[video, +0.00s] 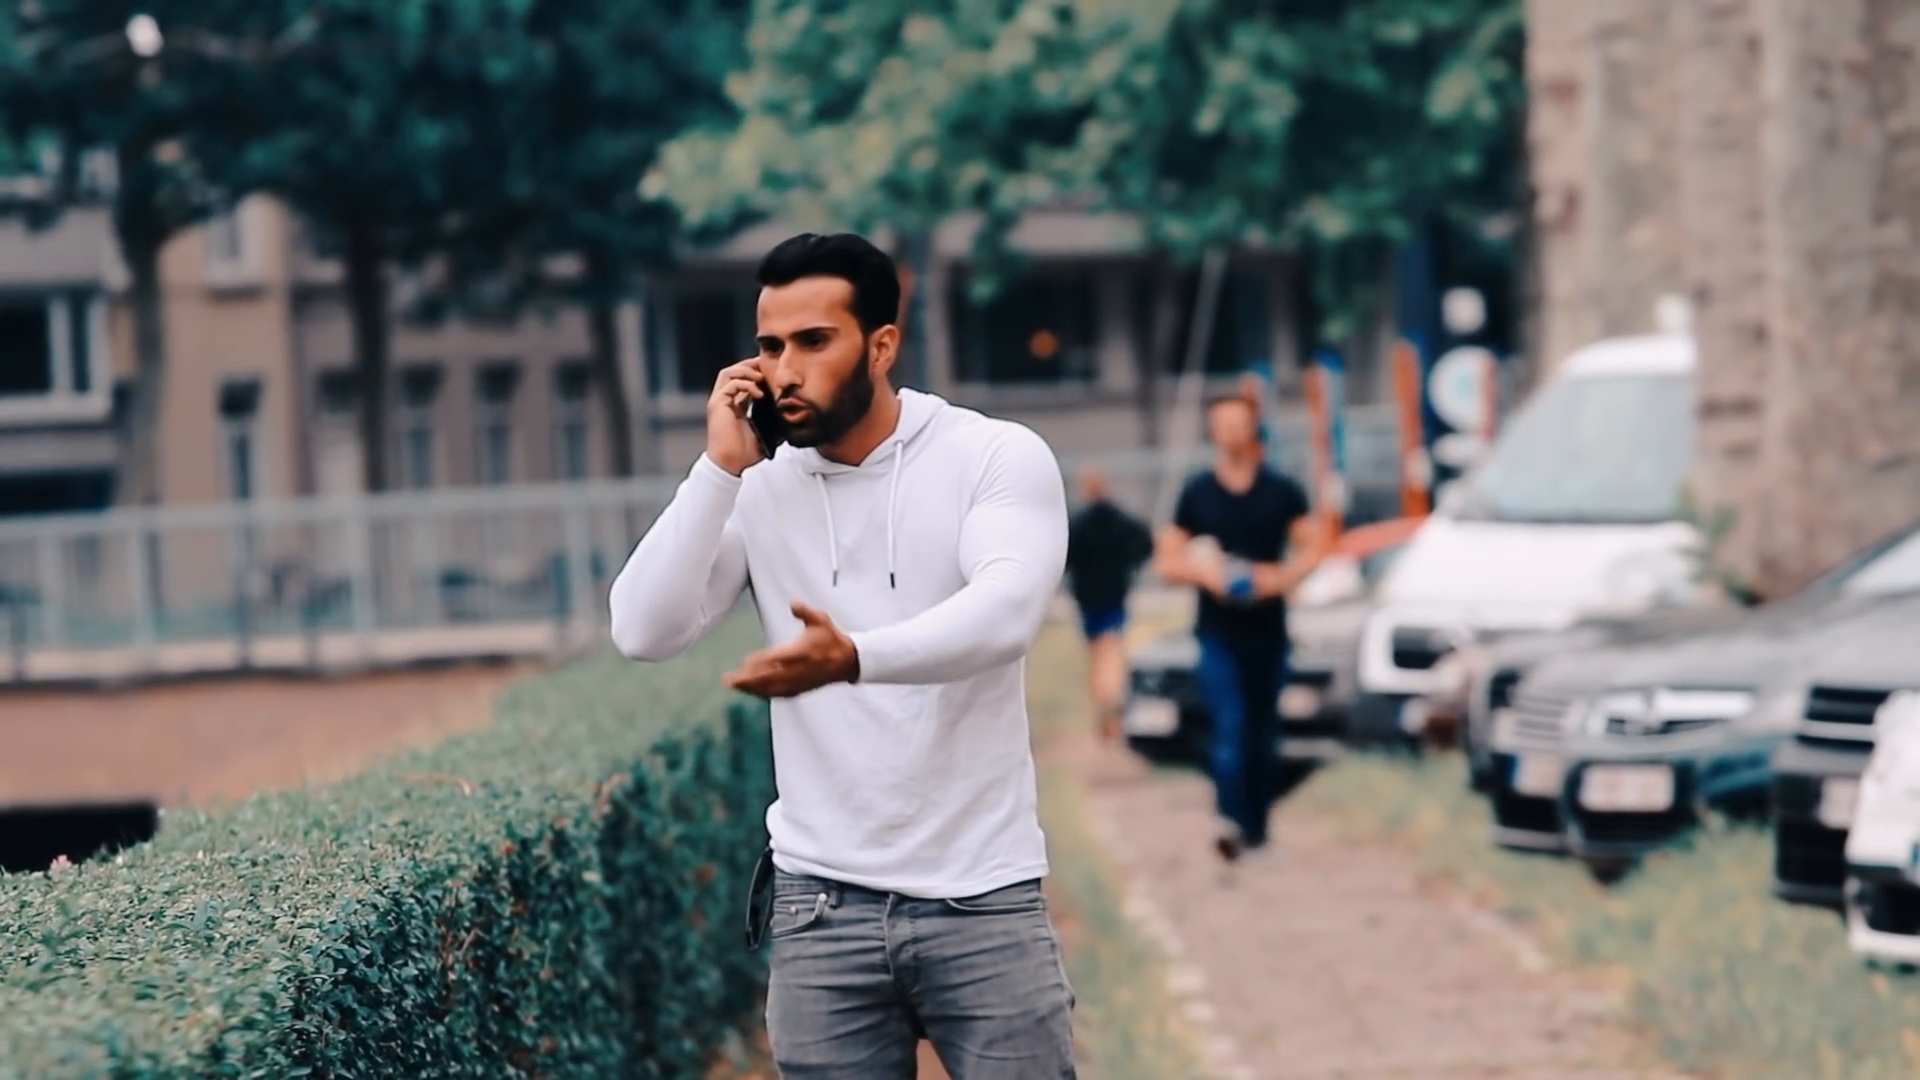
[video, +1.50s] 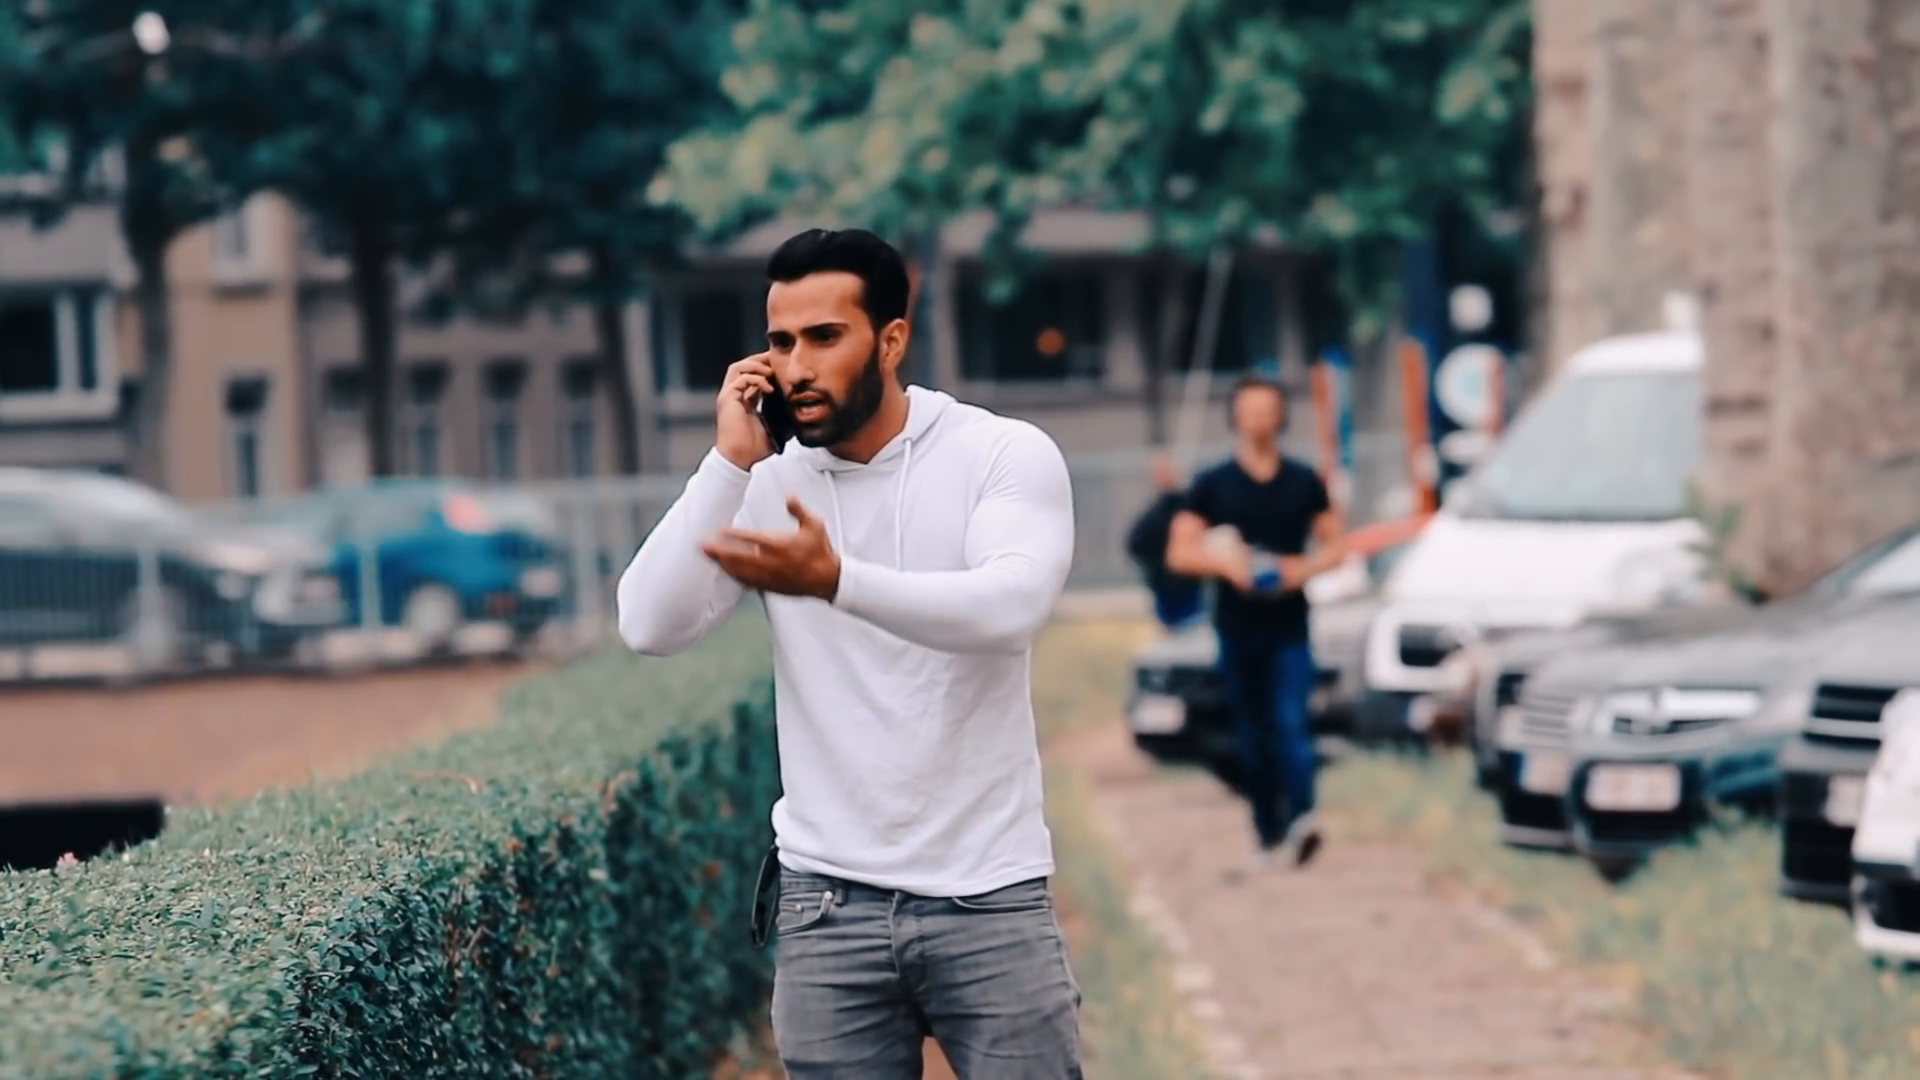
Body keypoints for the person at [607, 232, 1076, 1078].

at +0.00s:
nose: (782, 371)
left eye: (811, 342)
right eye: (769, 347)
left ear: (881, 345)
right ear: (755, 354)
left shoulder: (1000, 458)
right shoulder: (754, 490)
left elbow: (1003, 619)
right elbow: (641, 631)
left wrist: (856, 656)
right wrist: (720, 466)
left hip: (986, 900)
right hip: (817, 906)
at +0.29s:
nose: (786, 369)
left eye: (816, 339)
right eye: (774, 345)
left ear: (885, 343)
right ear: (760, 353)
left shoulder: (1003, 457)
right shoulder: (758, 489)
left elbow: (1008, 616)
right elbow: (643, 628)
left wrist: (852, 640)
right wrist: (723, 465)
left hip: (988, 900)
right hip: (819, 906)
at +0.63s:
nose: (793, 372)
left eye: (822, 342)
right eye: (780, 347)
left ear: (891, 344)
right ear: (765, 354)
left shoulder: (1010, 456)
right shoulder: (769, 483)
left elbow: (1010, 608)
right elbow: (649, 627)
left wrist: (838, 552)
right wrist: (728, 469)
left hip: (991, 896)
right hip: (823, 901)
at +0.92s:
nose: (792, 368)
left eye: (821, 338)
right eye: (778, 343)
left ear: (891, 341)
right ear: (764, 352)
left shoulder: (1008, 456)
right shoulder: (762, 488)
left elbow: (1012, 619)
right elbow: (649, 626)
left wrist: (862, 648)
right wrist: (728, 463)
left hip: (992, 898)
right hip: (824, 904)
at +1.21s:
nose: (791, 366)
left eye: (820, 336)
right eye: (778, 341)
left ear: (890, 338)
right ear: (764, 350)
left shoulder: (1008, 456)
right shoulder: (762, 487)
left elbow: (1015, 617)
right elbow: (650, 625)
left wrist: (881, 670)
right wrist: (729, 461)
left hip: (994, 897)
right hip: (826, 903)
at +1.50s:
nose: (793, 368)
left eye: (822, 337)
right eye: (780, 343)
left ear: (891, 340)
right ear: (766, 352)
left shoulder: (1009, 456)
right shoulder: (767, 483)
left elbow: (1008, 610)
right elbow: (649, 624)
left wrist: (835, 580)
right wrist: (728, 461)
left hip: (991, 896)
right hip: (823, 902)